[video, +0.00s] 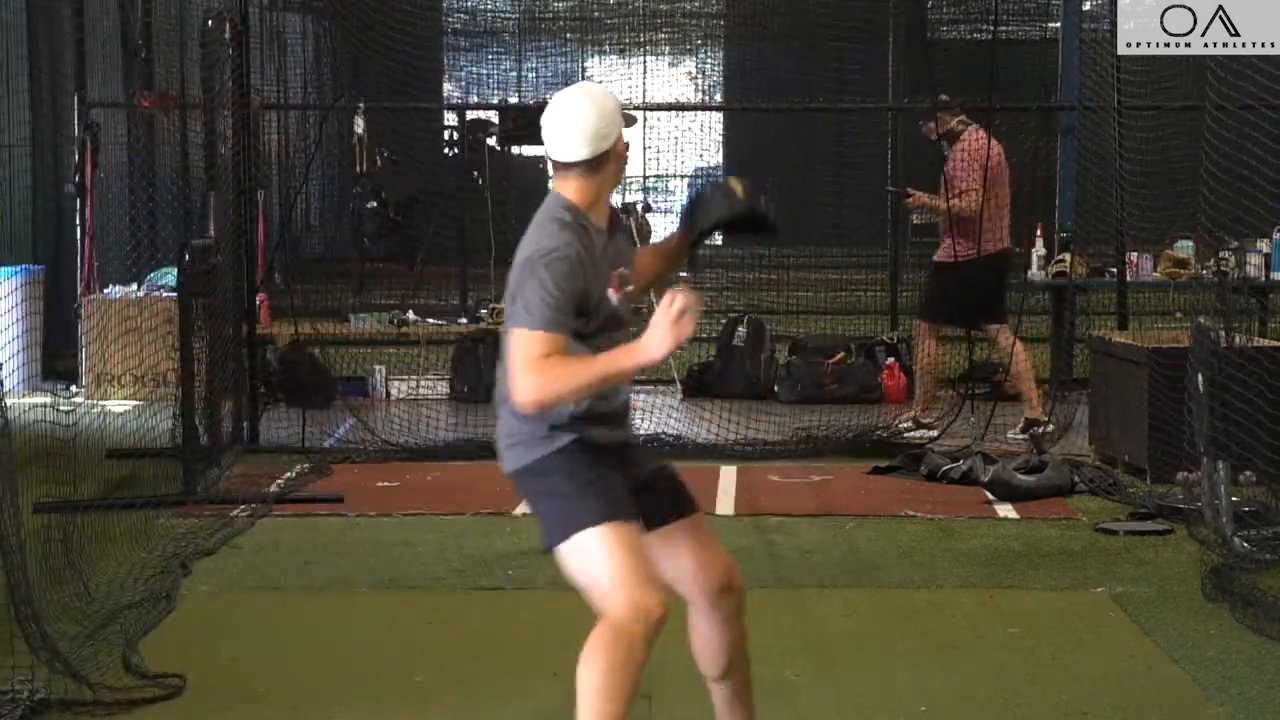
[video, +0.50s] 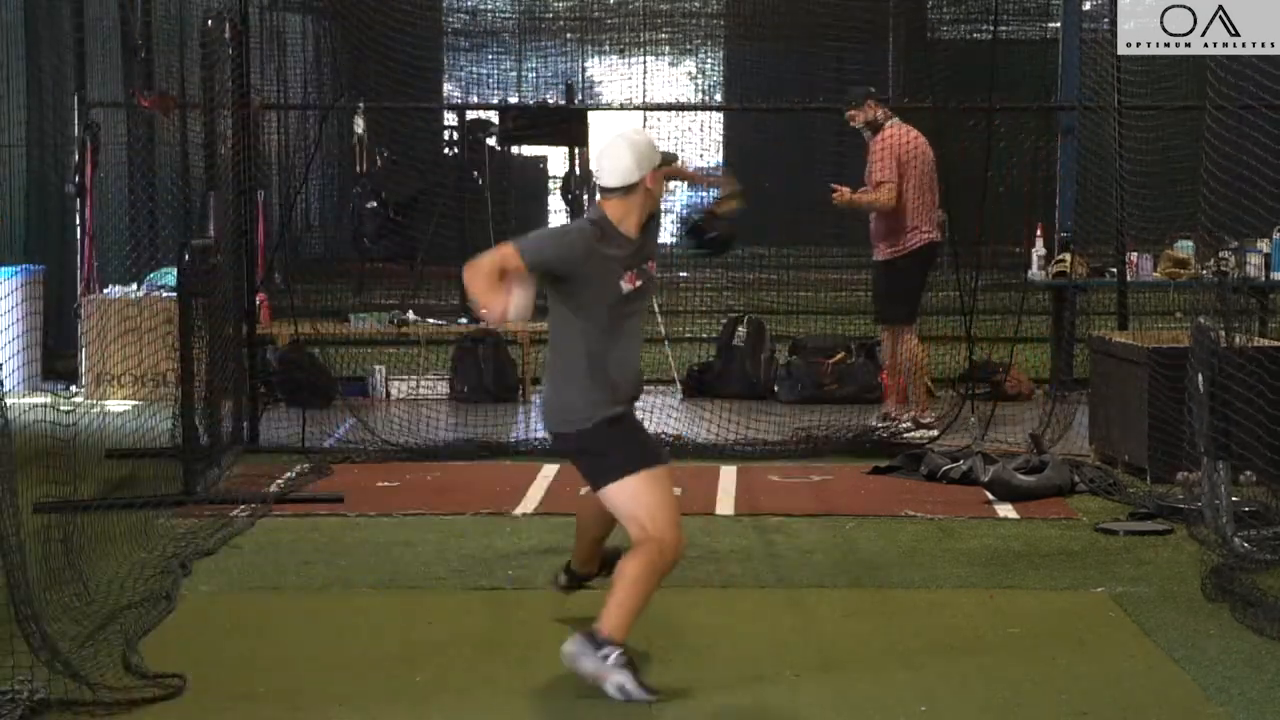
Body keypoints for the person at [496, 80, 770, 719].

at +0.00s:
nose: (626, 148)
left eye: (622, 140)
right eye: (624, 140)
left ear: (554, 154)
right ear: (618, 152)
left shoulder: (613, 222)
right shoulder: (550, 251)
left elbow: (634, 277)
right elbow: (531, 384)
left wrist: (693, 226)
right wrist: (645, 349)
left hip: (610, 436)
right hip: (551, 447)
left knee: (713, 582)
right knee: (634, 604)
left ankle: (735, 715)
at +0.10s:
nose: (640, 131)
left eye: (636, 121)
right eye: (637, 121)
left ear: (568, 134)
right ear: (630, 131)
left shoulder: (598, 200)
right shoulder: (586, 229)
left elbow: (632, 245)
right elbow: (615, 352)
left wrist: (688, 202)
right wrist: (694, 279)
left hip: (620, 408)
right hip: (575, 423)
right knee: (677, 557)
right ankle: (535, 694)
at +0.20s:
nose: (655, 123)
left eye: (650, 114)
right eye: (654, 114)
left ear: (582, 122)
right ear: (647, 124)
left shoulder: (602, 184)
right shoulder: (605, 216)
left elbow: (653, 212)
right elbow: (623, 336)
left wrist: (702, 218)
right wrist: (694, 282)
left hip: (613, 383)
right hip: (565, 403)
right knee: (666, 531)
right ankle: (560, 664)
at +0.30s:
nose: (665, 153)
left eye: (661, 146)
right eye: (663, 144)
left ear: (600, 156)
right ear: (655, 154)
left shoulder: (629, 196)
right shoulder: (598, 244)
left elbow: (688, 180)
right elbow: (578, 362)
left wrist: (771, 210)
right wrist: (648, 437)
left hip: (592, 385)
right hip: (547, 411)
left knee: (687, 493)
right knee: (650, 534)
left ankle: (655, 594)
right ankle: (576, 671)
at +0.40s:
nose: (668, 179)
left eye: (665, 172)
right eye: (665, 171)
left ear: (612, 181)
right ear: (656, 180)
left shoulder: (647, 215)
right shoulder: (588, 259)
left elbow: (717, 178)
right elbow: (525, 354)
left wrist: (796, 160)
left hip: (603, 401)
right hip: (565, 416)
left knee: (667, 496)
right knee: (666, 524)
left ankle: (610, 558)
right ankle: (580, 666)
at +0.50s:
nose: (666, 184)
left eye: (663, 175)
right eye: (659, 176)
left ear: (619, 182)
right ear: (642, 184)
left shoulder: (637, 230)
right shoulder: (575, 242)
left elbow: (651, 180)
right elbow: (479, 267)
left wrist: (691, 175)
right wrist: (494, 300)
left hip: (612, 405)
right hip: (583, 415)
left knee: (610, 485)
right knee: (662, 538)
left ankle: (584, 565)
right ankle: (602, 645)